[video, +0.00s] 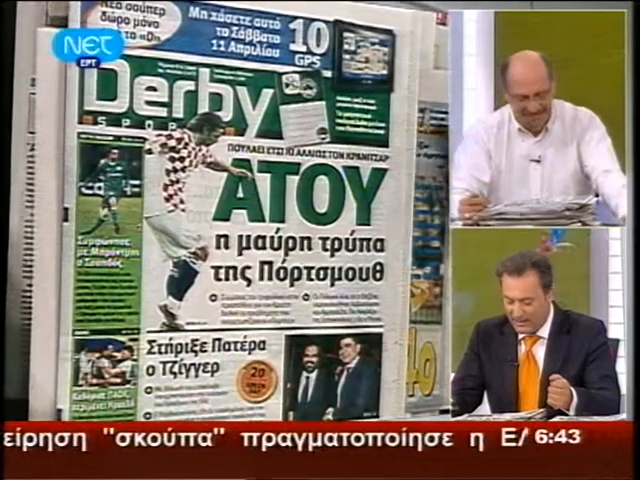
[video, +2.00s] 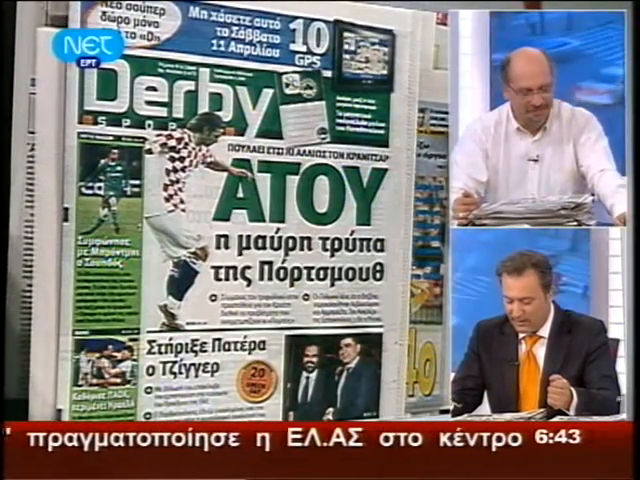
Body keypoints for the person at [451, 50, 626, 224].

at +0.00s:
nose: (533, 107)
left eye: (541, 96)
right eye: (521, 99)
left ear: (552, 86)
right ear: (506, 94)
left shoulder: (583, 123)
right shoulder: (485, 133)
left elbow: (609, 177)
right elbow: (462, 196)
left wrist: (630, 213)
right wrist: (468, 210)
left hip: (573, 244)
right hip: (505, 244)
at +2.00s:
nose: (537, 101)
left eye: (544, 90)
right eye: (526, 92)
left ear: (553, 84)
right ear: (507, 91)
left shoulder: (580, 123)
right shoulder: (483, 131)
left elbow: (603, 173)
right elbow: (462, 189)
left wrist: (624, 210)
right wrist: (463, 208)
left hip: (567, 246)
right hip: (499, 245)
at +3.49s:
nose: (535, 103)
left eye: (543, 92)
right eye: (524, 94)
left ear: (552, 85)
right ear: (506, 91)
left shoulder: (580, 124)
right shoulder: (482, 131)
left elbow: (603, 173)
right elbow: (462, 188)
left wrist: (624, 209)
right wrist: (463, 208)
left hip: (567, 246)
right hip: (499, 246)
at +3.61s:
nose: (537, 104)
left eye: (544, 92)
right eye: (526, 96)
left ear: (552, 84)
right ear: (506, 91)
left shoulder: (580, 124)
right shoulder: (482, 131)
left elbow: (603, 173)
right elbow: (462, 188)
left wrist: (624, 209)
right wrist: (463, 208)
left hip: (567, 245)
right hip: (500, 245)